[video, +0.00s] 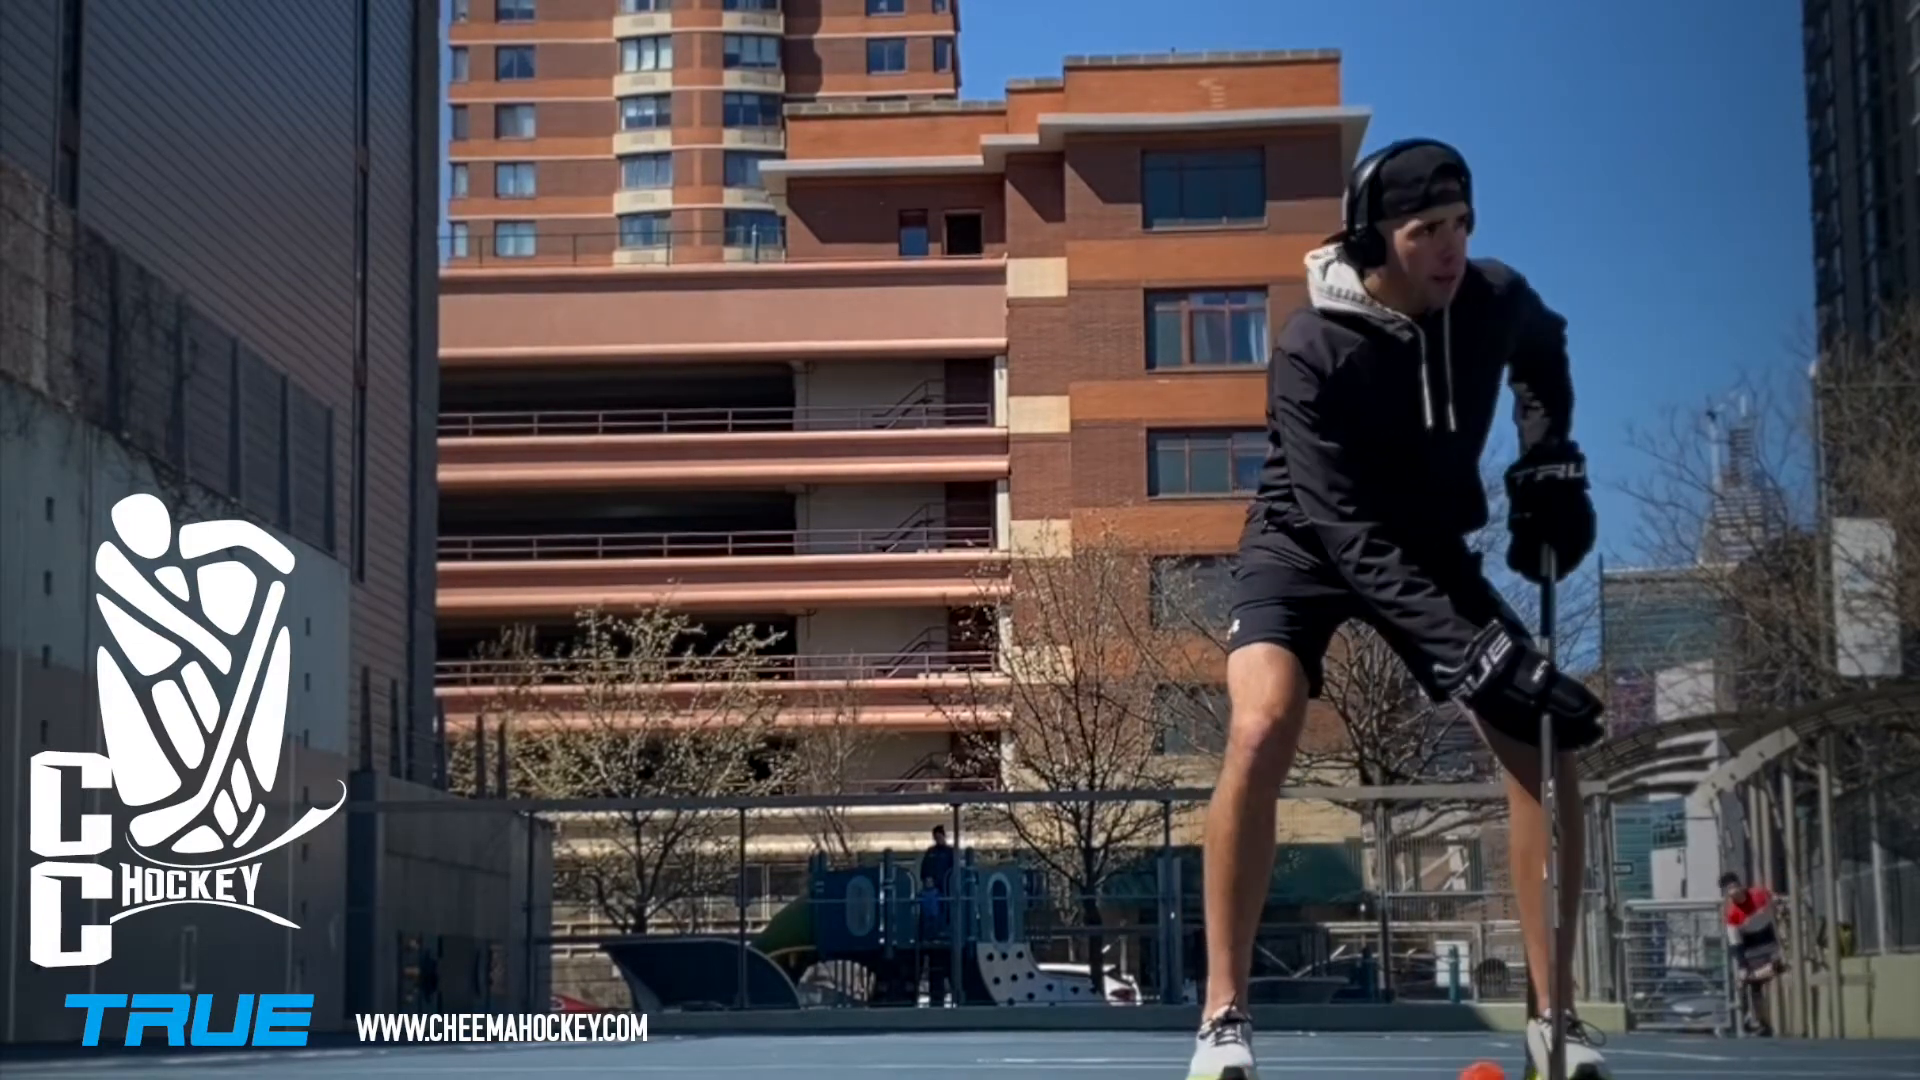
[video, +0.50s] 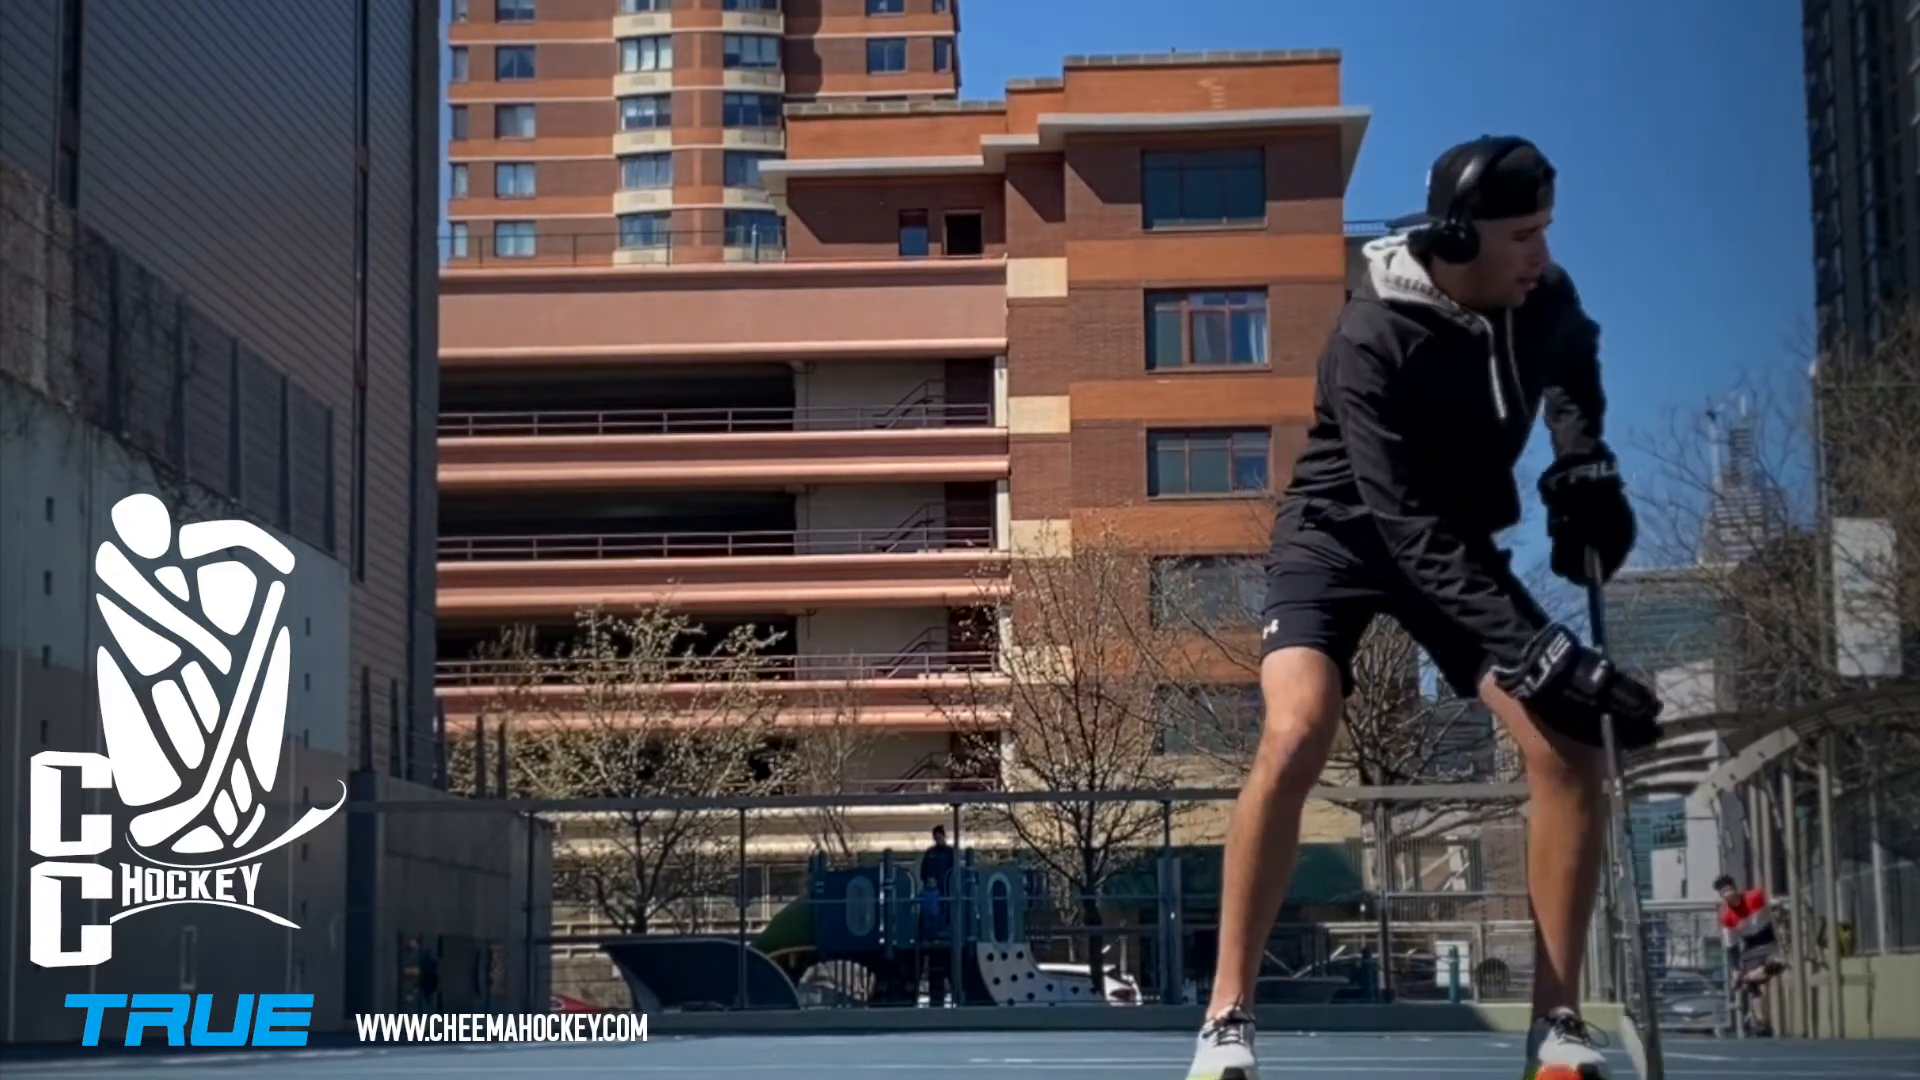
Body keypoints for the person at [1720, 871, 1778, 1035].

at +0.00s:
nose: (1733, 892)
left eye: (1735, 887)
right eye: (1729, 890)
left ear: (1741, 885)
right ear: (1726, 894)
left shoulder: (1761, 896)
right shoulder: (1732, 914)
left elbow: (1774, 922)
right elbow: (1735, 943)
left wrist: (1779, 950)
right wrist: (1743, 966)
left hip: (1769, 945)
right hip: (1750, 950)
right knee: (1755, 989)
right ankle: (1763, 1025)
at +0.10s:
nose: (1732, 893)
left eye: (1733, 887)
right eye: (1727, 890)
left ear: (1739, 886)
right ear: (1724, 895)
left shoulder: (1759, 895)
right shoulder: (1732, 915)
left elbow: (1775, 922)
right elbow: (1735, 943)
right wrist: (1741, 967)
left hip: (1769, 944)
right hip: (1750, 948)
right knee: (1755, 988)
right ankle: (1762, 1024)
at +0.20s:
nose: (1730, 893)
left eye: (1731, 888)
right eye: (1725, 891)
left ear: (1737, 886)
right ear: (1722, 895)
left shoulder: (1756, 896)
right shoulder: (1729, 914)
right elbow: (1733, 942)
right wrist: (1740, 967)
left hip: (1770, 946)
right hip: (1751, 950)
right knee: (1754, 988)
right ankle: (1762, 1024)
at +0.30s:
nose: (1729, 893)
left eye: (1730, 888)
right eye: (1724, 891)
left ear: (1737, 886)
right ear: (1721, 895)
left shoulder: (1756, 896)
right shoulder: (1729, 914)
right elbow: (1732, 943)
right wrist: (1739, 967)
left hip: (1770, 943)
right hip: (1751, 949)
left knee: (1777, 965)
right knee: (1756, 988)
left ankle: (1749, 977)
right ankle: (1760, 1021)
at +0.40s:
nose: (1728, 895)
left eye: (1729, 889)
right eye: (1724, 892)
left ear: (1736, 888)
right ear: (1721, 896)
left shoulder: (1756, 898)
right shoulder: (1728, 915)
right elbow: (1732, 945)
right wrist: (1738, 969)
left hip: (1770, 942)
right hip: (1751, 949)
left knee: (1777, 965)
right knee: (1752, 986)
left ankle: (1747, 979)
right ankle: (1760, 1022)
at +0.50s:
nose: (1728, 895)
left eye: (1729, 890)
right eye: (1723, 892)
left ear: (1735, 888)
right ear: (1721, 896)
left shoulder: (1756, 898)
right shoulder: (1727, 916)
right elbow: (1730, 945)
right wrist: (1734, 970)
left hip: (1769, 943)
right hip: (1750, 949)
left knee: (1775, 965)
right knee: (1753, 987)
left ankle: (1744, 978)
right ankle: (1761, 1023)